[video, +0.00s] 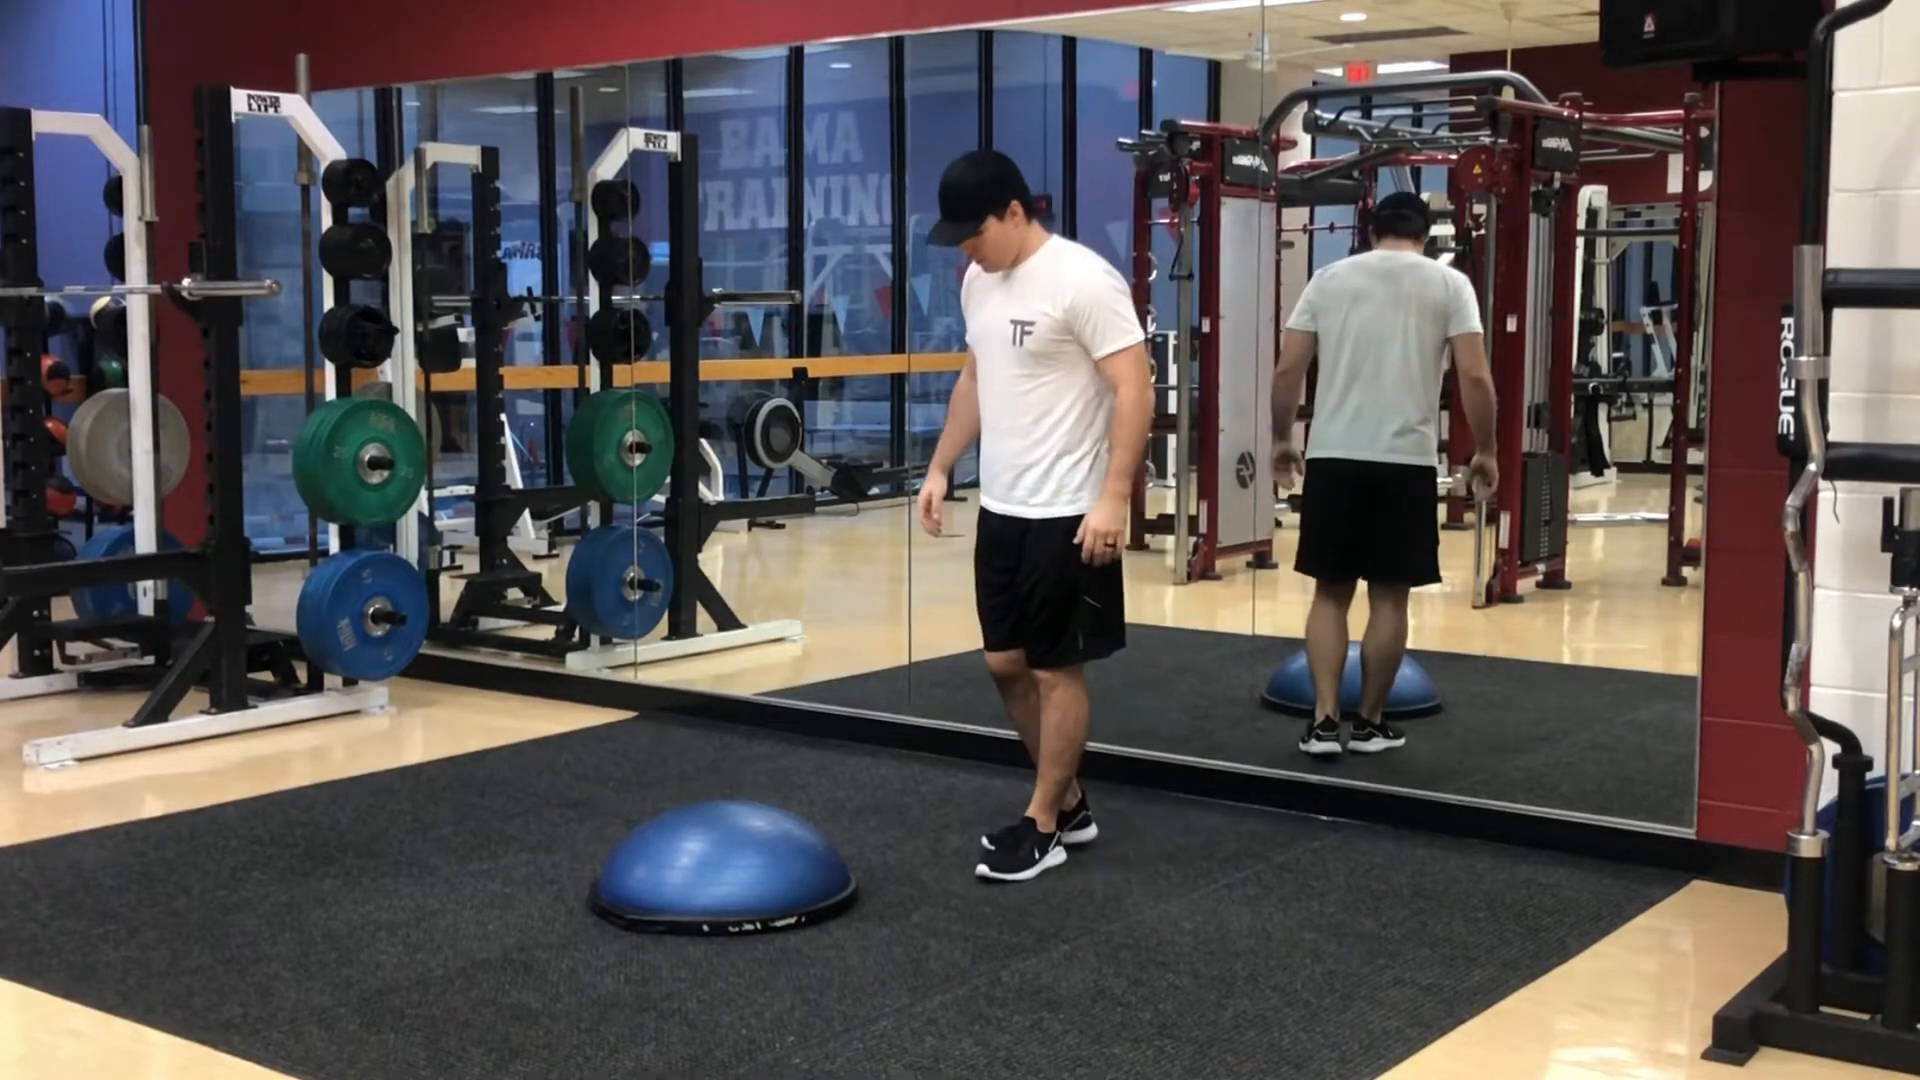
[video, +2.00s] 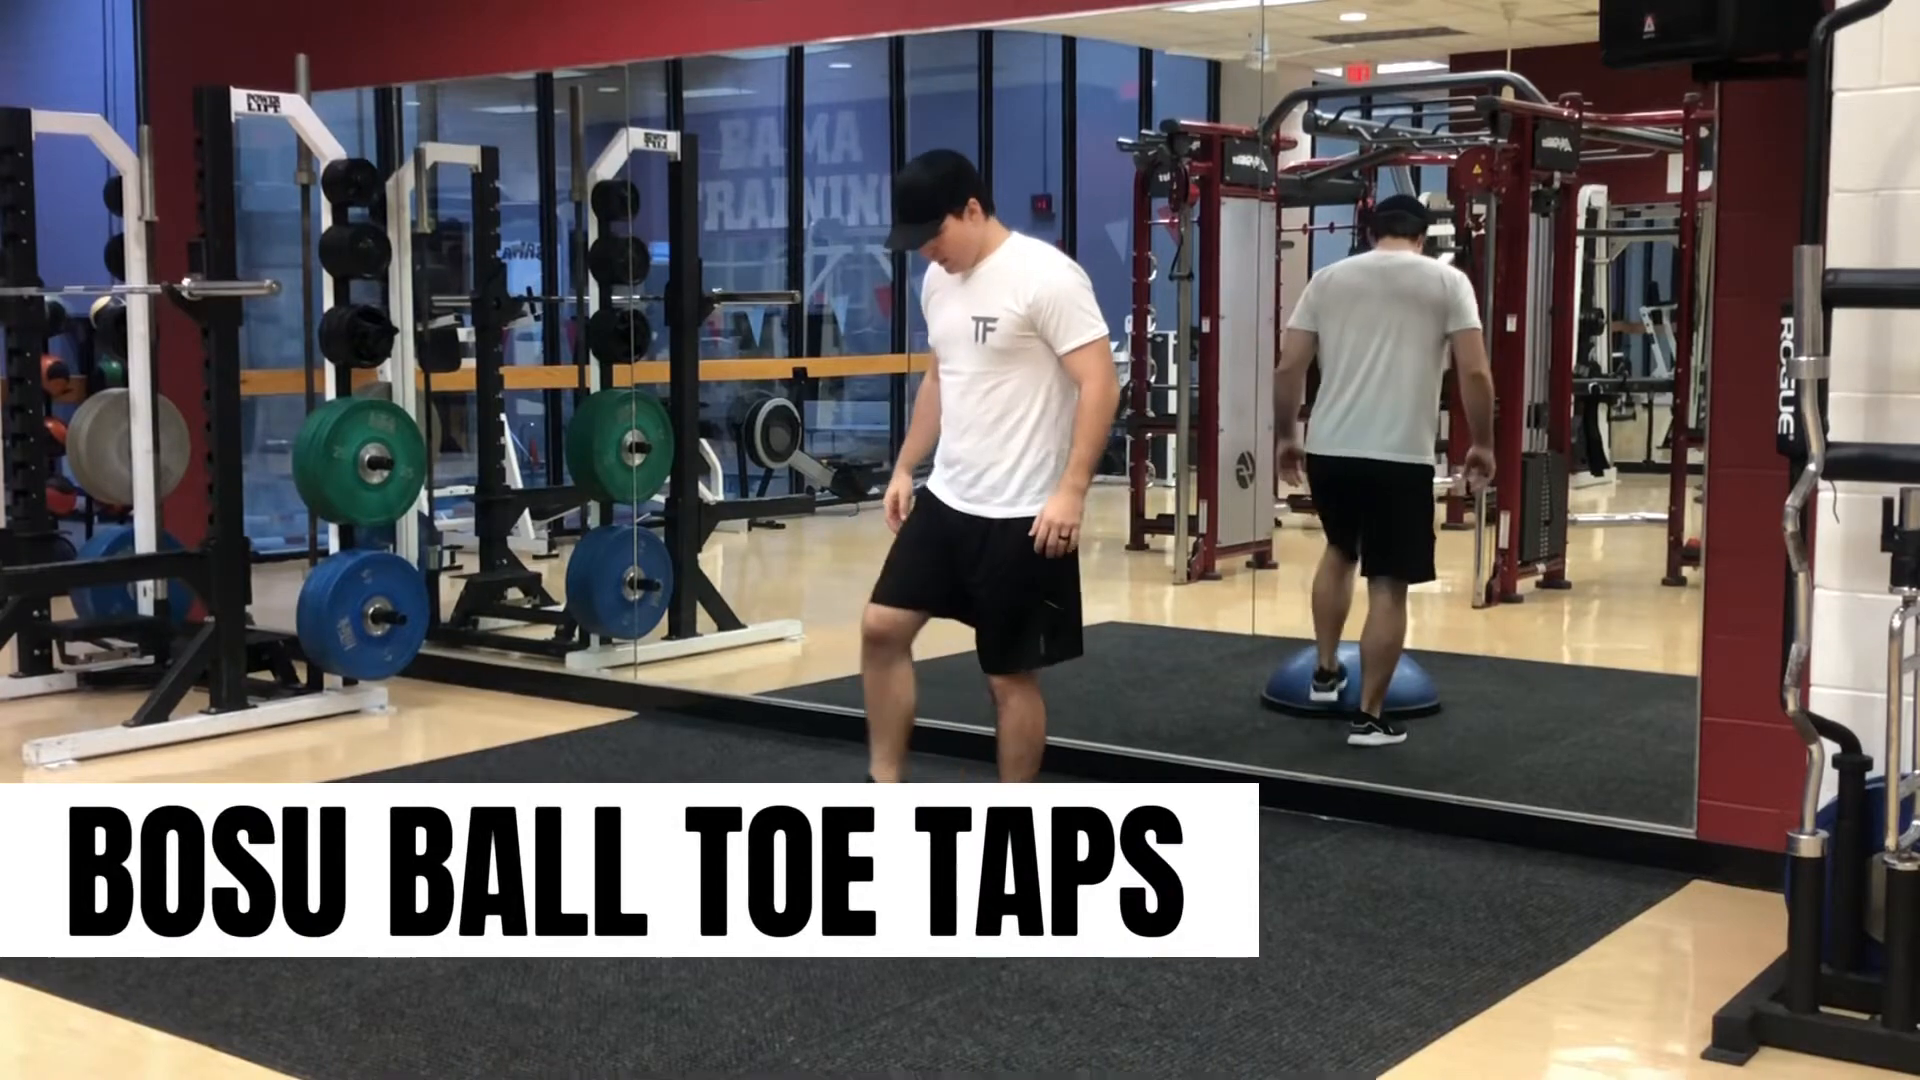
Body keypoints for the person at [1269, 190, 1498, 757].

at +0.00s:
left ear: (1371, 233)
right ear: (1424, 237)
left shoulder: (1329, 278)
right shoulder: (1449, 283)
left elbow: (1287, 370)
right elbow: (1475, 379)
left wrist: (1282, 438)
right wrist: (1485, 450)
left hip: (1333, 463)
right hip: (1406, 469)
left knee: (1331, 591)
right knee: (1390, 598)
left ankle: (1324, 720)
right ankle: (1369, 722)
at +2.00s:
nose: (1414, 246)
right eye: (1421, 238)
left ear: (1371, 234)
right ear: (1422, 238)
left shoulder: (1328, 278)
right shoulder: (1447, 280)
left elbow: (1289, 367)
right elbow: (1474, 373)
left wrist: (1286, 436)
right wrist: (1482, 443)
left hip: (1329, 452)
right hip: (1402, 460)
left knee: (1339, 550)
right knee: (1388, 589)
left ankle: (1325, 671)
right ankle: (1370, 718)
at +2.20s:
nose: (1420, 247)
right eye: (1427, 240)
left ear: (1373, 234)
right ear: (1425, 239)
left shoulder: (1332, 277)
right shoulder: (1451, 280)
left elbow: (1290, 366)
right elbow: (1475, 373)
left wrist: (1287, 434)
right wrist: (1479, 444)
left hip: (1330, 447)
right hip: (1404, 458)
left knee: (1342, 533)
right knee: (1389, 588)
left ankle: (1328, 648)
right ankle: (1371, 717)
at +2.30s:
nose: (1419, 247)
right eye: (1427, 240)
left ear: (1375, 234)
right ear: (1426, 239)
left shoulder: (1333, 276)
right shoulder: (1451, 280)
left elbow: (1290, 365)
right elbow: (1475, 372)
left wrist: (1285, 434)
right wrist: (1478, 444)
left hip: (1330, 446)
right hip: (1404, 457)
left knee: (1343, 529)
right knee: (1388, 588)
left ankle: (1327, 641)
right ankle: (1370, 717)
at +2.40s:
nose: (1419, 246)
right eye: (1426, 239)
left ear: (1375, 234)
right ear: (1425, 238)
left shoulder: (1332, 277)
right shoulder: (1451, 280)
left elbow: (1290, 366)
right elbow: (1474, 372)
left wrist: (1285, 436)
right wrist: (1478, 444)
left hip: (1330, 447)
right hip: (1404, 458)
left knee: (1344, 528)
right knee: (1388, 589)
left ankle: (1327, 638)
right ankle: (1369, 717)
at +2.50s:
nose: (1419, 246)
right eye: (1426, 239)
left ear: (1373, 234)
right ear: (1424, 238)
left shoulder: (1331, 278)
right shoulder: (1450, 279)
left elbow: (1291, 368)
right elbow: (1474, 372)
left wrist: (1285, 436)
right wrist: (1478, 444)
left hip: (1331, 448)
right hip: (1404, 459)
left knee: (1344, 531)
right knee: (1388, 590)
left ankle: (1327, 640)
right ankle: (1369, 717)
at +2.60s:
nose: (1418, 244)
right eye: (1424, 236)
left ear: (1371, 233)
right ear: (1423, 236)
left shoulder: (1330, 279)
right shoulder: (1448, 278)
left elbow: (1293, 369)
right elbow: (1472, 371)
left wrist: (1287, 437)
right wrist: (1478, 443)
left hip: (1331, 447)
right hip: (1403, 458)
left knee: (1344, 534)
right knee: (1388, 589)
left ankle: (1327, 644)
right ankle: (1370, 717)